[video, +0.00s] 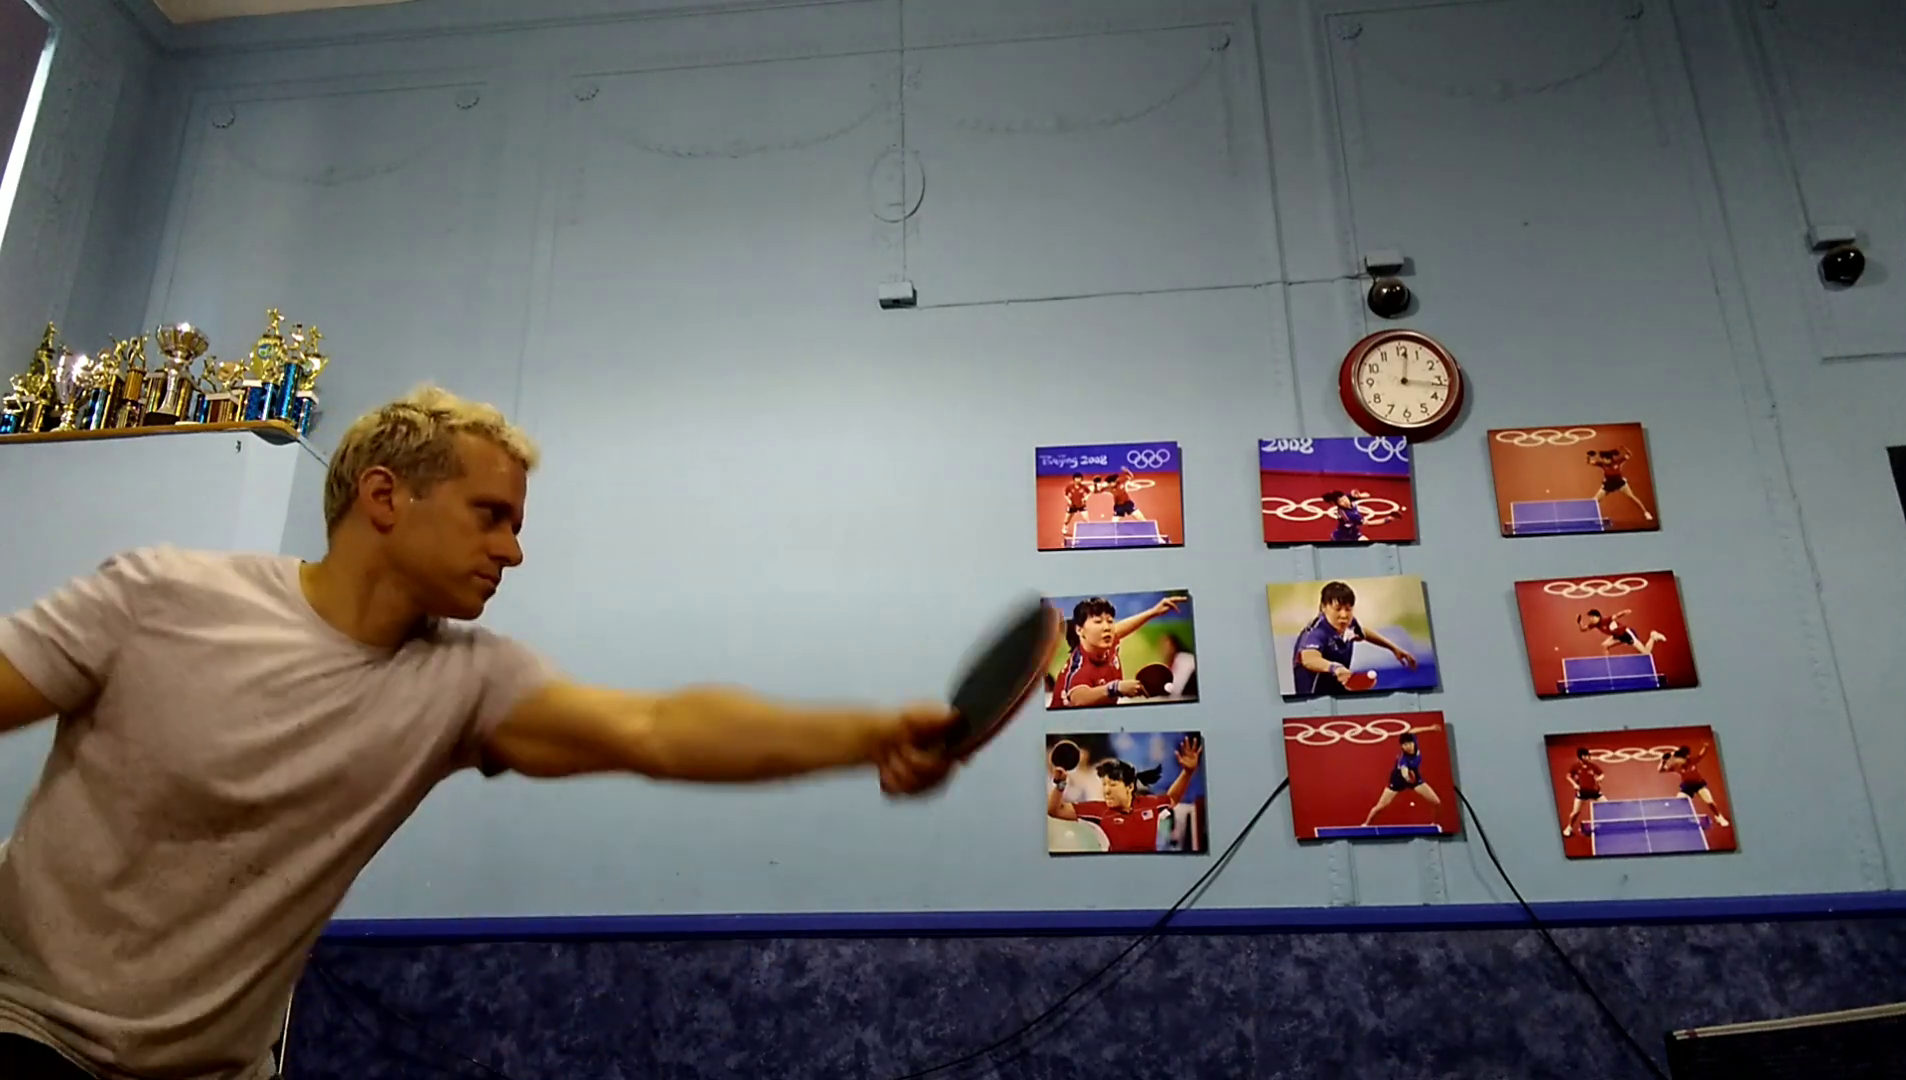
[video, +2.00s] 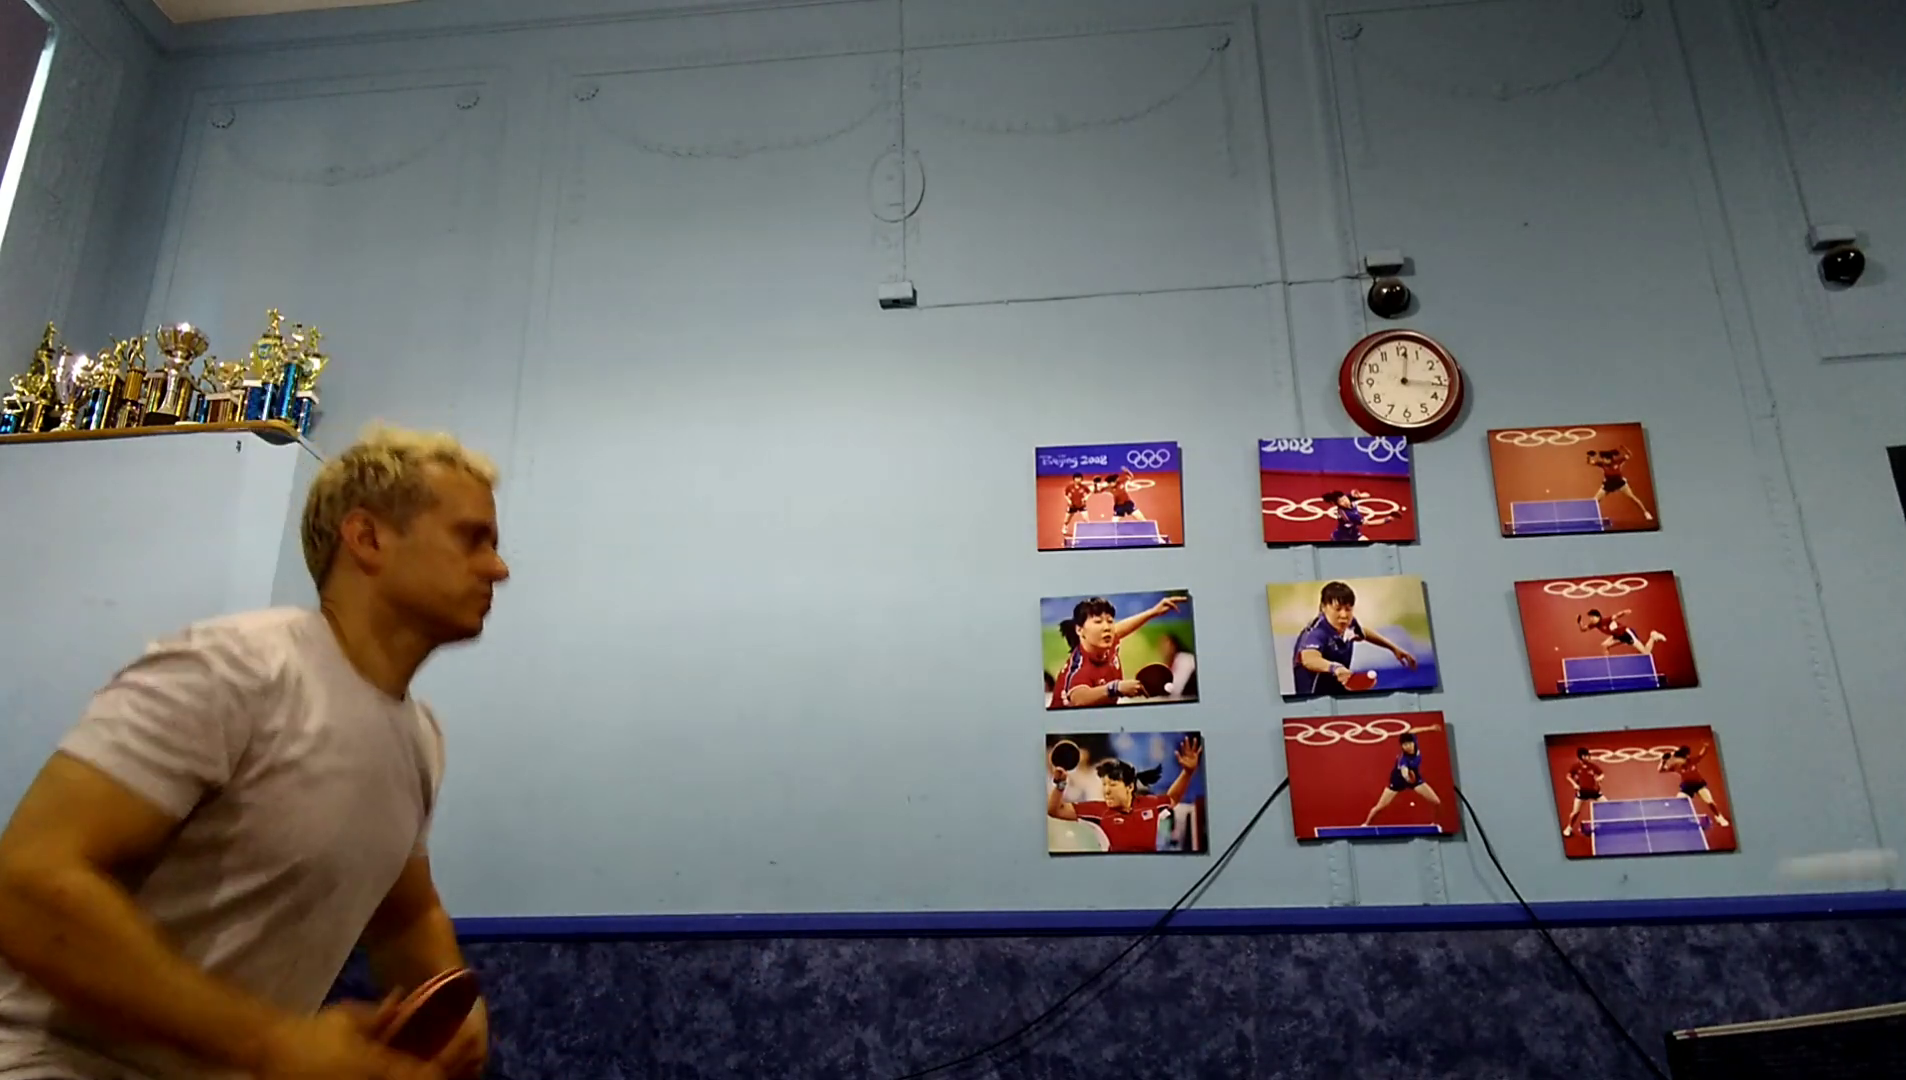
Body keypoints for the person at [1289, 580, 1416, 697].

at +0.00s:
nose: (1344, 615)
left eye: (1348, 609)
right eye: (1338, 609)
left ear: (1353, 609)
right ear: (1324, 608)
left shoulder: (1349, 624)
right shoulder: (1316, 633)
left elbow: (1364, 634)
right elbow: (1309, 660)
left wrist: (1395, 649)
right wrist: (1335, 668)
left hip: (1340, 704)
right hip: (1314, 708)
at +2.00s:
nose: (1344, 615)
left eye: (1348, 609)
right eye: (1338, 609)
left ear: (1353, 609)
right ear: (1324, 608)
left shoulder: (1349, 624)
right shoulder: (1315, 633)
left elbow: (1364, 634)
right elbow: (1309, 660)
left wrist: (1395, 649)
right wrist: (1335, 668)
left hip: (1341, 705)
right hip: (1314, 708)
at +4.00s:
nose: (1344, 615)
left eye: (1348, 609)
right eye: (1338, 609)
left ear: (1353, 609)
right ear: (1324, 608)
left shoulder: (1349, 624)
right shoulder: (1315, 633)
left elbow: (1364, 634)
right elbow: (1309, 660)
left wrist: (1395, 649)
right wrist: (1335, 668)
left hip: (1341, 704)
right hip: (1314, 708)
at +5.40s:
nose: (1344, 615)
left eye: (1348, 609)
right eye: (1338, 609)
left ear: (1353, 609)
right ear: (1324, 608)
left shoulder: (1349, 624)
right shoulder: (1316, 633)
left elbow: (1364, 633)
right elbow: (1309, 660)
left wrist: (1394, 649)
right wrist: (1335, 668)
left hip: (1341, 703)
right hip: (1314, 707)